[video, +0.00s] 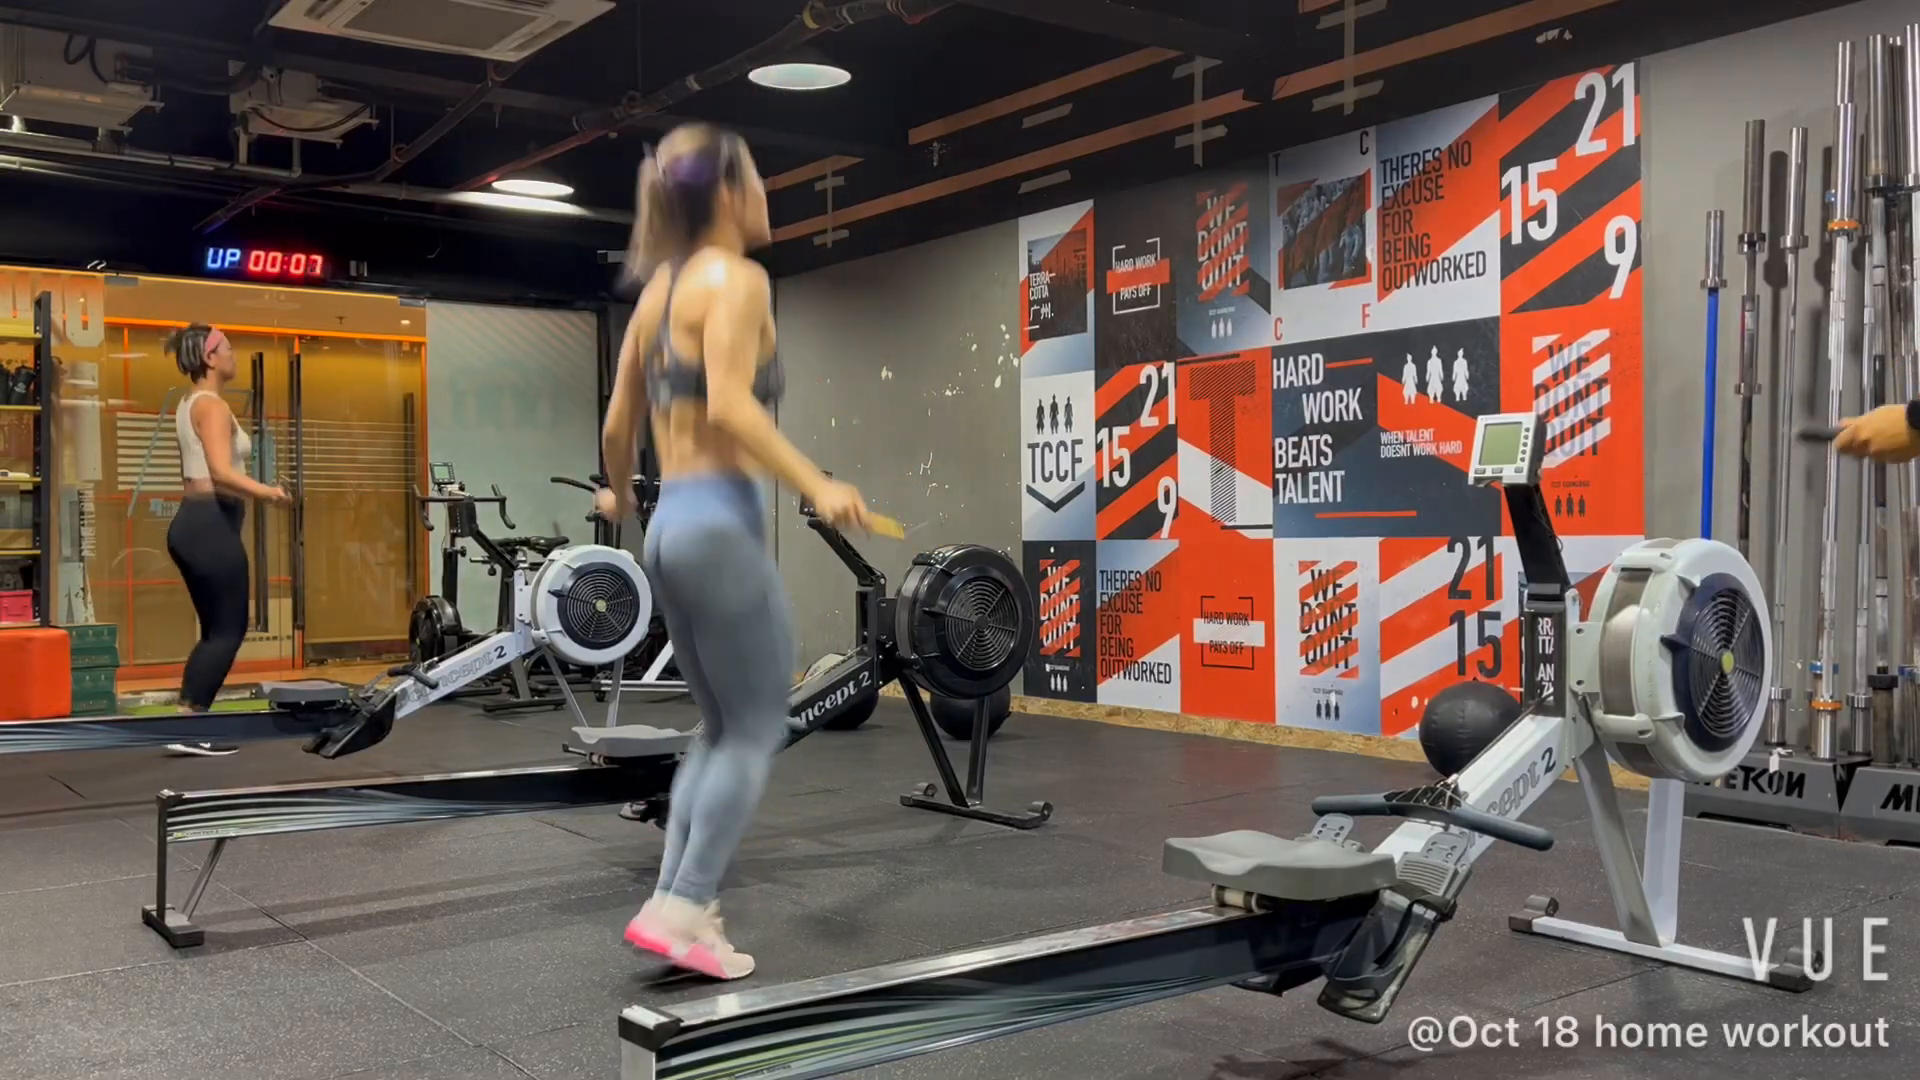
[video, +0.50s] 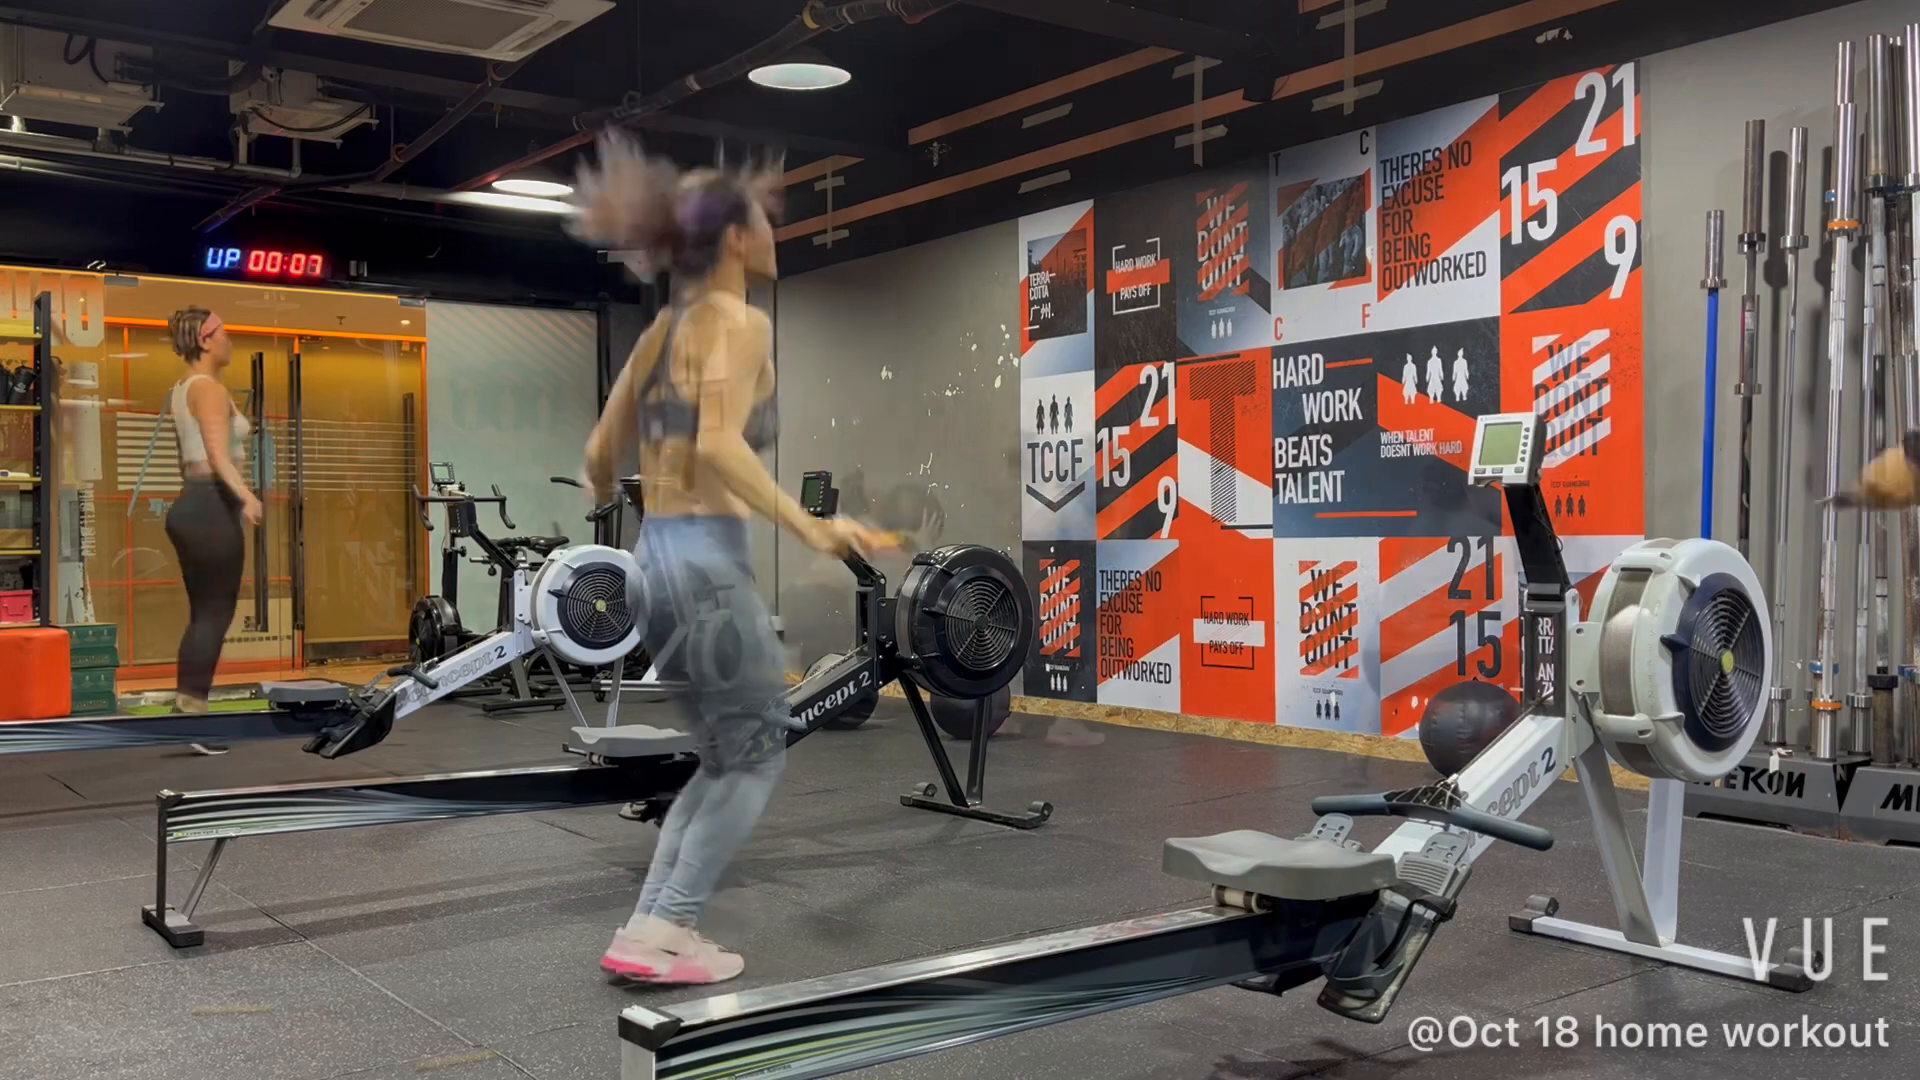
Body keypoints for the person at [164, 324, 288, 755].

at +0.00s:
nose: (234, 356)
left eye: (230, 348)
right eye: (228, 350)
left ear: (204, 359)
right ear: (211, 357)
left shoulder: (190, 404)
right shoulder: (211, 405)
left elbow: (208, 472)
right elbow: (220, 471)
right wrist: (266, 490)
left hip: (192, 523)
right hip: (210, 525)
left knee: (216, 628)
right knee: (231, 627)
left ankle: (189, 713)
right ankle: (193, 716)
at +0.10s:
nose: (234, 347)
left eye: (229, 340)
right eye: (227, 341)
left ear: (204, 351)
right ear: (210, 349)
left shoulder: (189, 396)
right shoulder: (210, 397)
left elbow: (204, 465)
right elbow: (222, 464)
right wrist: (260, 502)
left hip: (195, 514)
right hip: (212, 515)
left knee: (211, 621)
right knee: (222, 621)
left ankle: (191, 712)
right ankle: (194, 715)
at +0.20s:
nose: (232, 330)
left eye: (227, 323)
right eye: (224, 325)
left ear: (200, 337)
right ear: (206, 335)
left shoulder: (187, 384)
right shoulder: (209, 382)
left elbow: (184, 461)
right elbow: (213, 451)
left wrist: (209, 498)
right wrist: (247, 486)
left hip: (192, 497)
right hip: (209, 497)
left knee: (212, 606)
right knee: (222, 606)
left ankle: (191, 698)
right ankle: (193, 701)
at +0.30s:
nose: (231, 342)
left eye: (227, 335)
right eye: (224, 336)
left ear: (200, 346)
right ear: (206, 344)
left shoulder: (185, 392)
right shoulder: (207, 392)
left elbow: (193, 469)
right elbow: (212, 463)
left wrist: (242, 484)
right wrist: (255, 487)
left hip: (194, 509)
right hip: (209, 510)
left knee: (216, 614)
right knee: (226, 614)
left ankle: (187, 703)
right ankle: (189, 705)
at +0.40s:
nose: (232, 361)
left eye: (228, 353)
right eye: (226, 355)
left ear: (200, 362)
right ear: (207, 361)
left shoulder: (185, 406)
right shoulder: (208, 409)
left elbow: (208, 477)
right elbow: (217, 479)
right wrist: (266, 505)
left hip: (191, 526)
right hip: (208, 528)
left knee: (213, 632)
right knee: (225, 633)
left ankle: (180, 716)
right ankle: (183, 718)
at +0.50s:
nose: (229, 339)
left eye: (224, 331)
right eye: (223, 332)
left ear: (197, 343)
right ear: (207, 340)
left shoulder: (184, 388)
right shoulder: (208, 388)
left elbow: (199, 455)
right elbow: (217, 455)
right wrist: (246, 496)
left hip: (192, 504)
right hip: (210, 504)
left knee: (206, 610)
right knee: (216, 610)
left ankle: (189, 706)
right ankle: (192, 708)